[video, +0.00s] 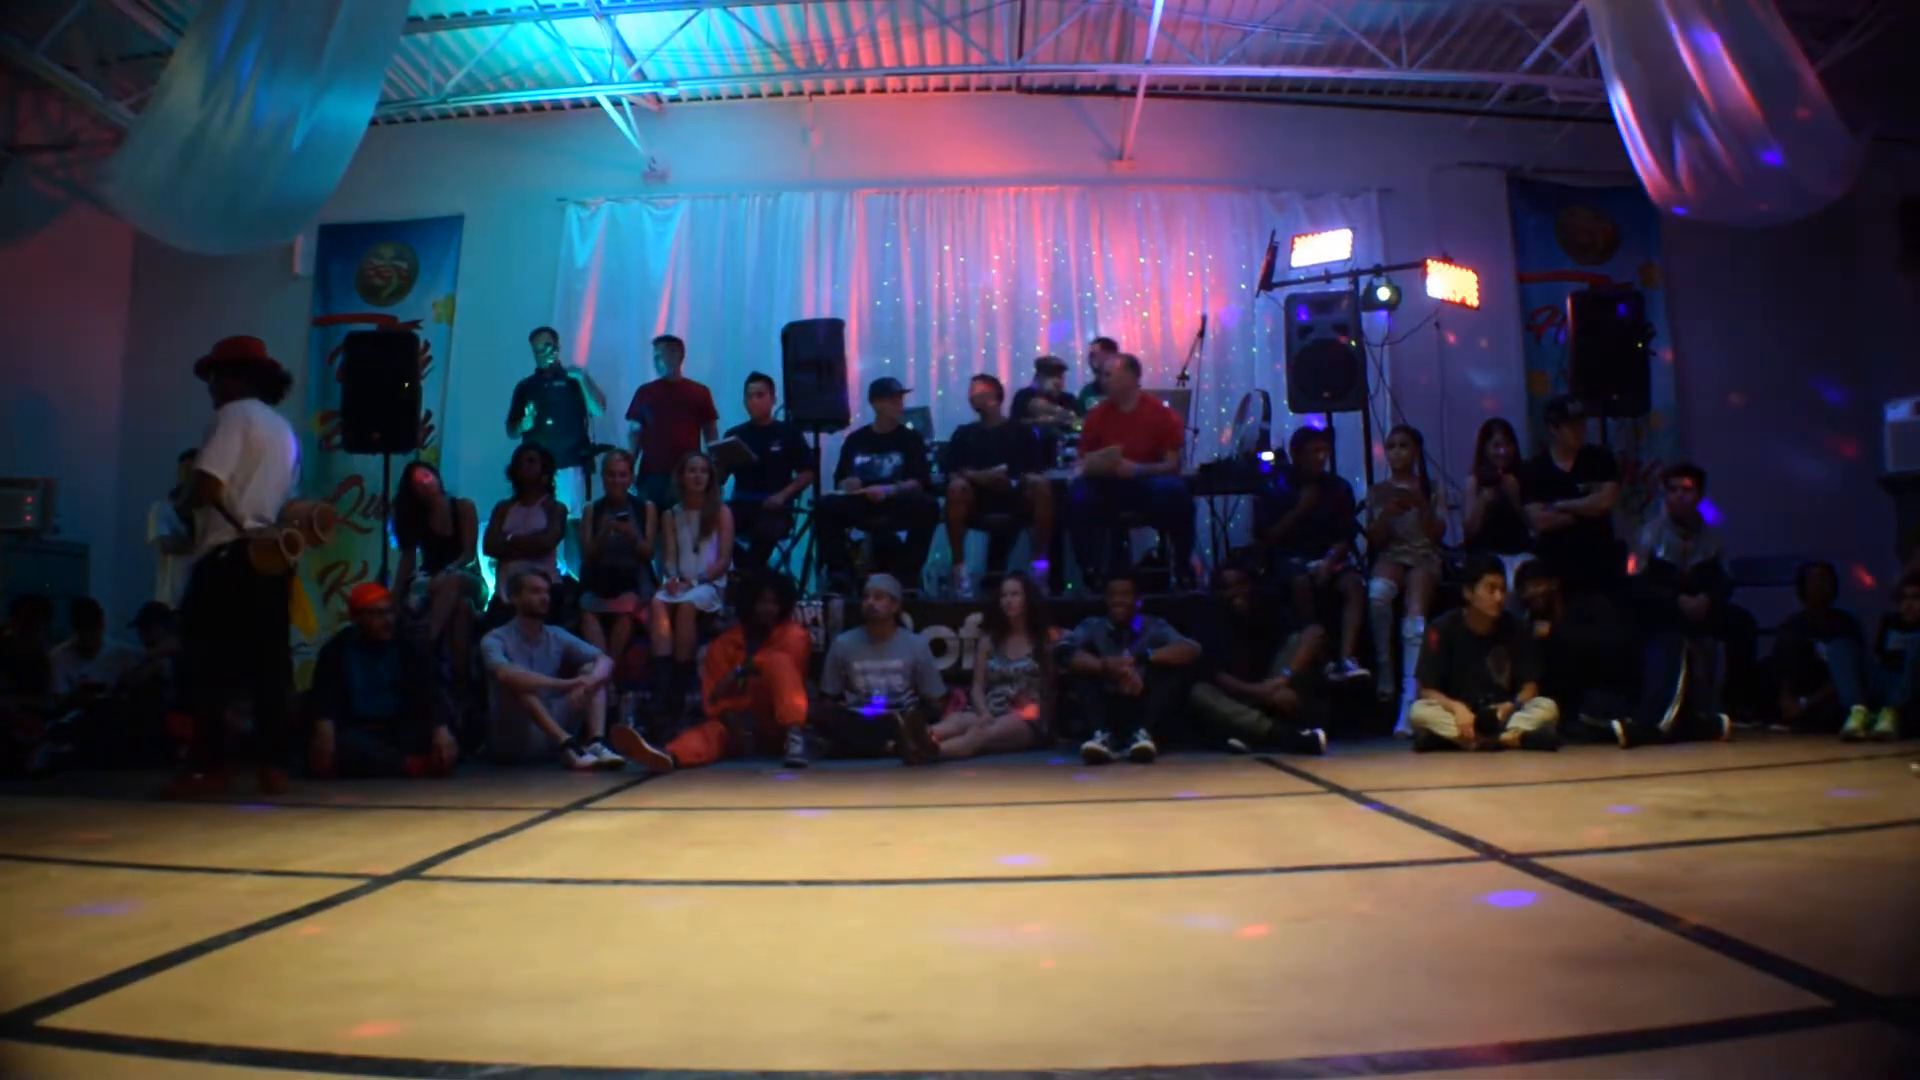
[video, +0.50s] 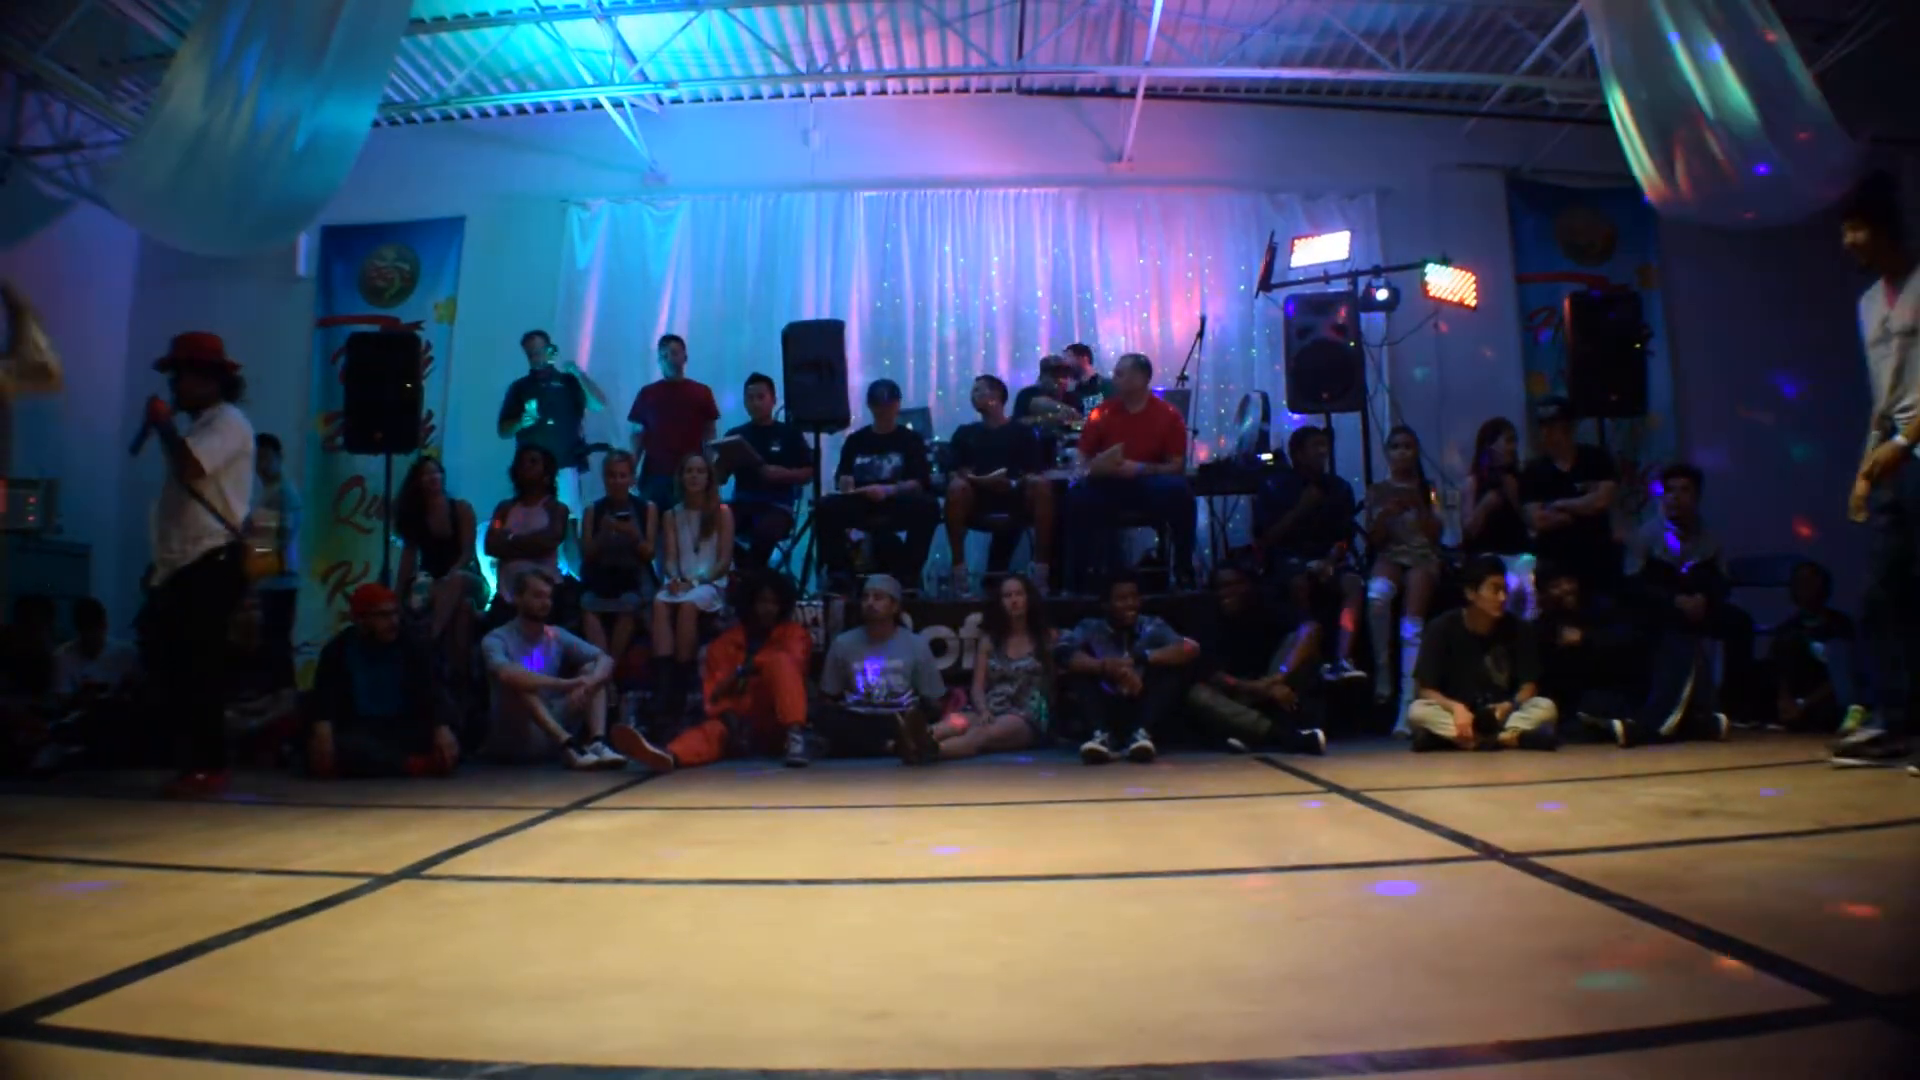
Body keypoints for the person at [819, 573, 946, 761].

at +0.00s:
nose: (870, 603)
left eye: (878, 598)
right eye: (866, 597)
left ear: (895, 605)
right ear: (861, 601)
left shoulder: (916, 645)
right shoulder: (843, 645)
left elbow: (935, 702)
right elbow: (828, 700)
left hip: (904, 720)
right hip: (858, 723)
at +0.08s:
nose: (871, 604)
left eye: (879, 598)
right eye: (867, 597)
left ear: (895, 605)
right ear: (862, 602)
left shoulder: (915, 645)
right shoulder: (843, 645)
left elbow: (935, 702)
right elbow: (828, 700)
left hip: (902, 723)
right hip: (857, 723)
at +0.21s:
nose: (871, 604)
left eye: (879, 598)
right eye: (867, 597)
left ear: (895, 605)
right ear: (862, 602)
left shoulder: (915, 645)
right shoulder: (844, 644)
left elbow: (935, 701)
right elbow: (828, 698)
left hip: (903, 719)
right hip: (857, 719)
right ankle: (888, 745)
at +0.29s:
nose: (871, 604)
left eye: (879, 598)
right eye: (867, 597)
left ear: (895, 605)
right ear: (862, 602)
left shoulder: (916, 645)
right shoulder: (843, 645)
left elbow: (934, 699)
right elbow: (828, 698)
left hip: (902, 719)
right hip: (858, 719)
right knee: (825, 717)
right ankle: (888, 745)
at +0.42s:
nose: (869, 604)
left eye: (878, 598)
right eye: (866, 598)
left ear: (895, 606)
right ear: (861, 602)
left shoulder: (915, 645)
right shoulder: (843, 644)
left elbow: (934, 699)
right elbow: (828, 698)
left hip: (902, 716)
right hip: (857, 717)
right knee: (822, 717)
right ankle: (888, 745)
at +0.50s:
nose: (870, 604)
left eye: (878, 598)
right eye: (866, 598)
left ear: (894, 606)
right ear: (861, 602)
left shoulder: (915, 645)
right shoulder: (843, 644)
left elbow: (934, 701)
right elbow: (829, 698)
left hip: (903, 718)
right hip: (857, 718)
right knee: (822, 717)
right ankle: (889, 745)